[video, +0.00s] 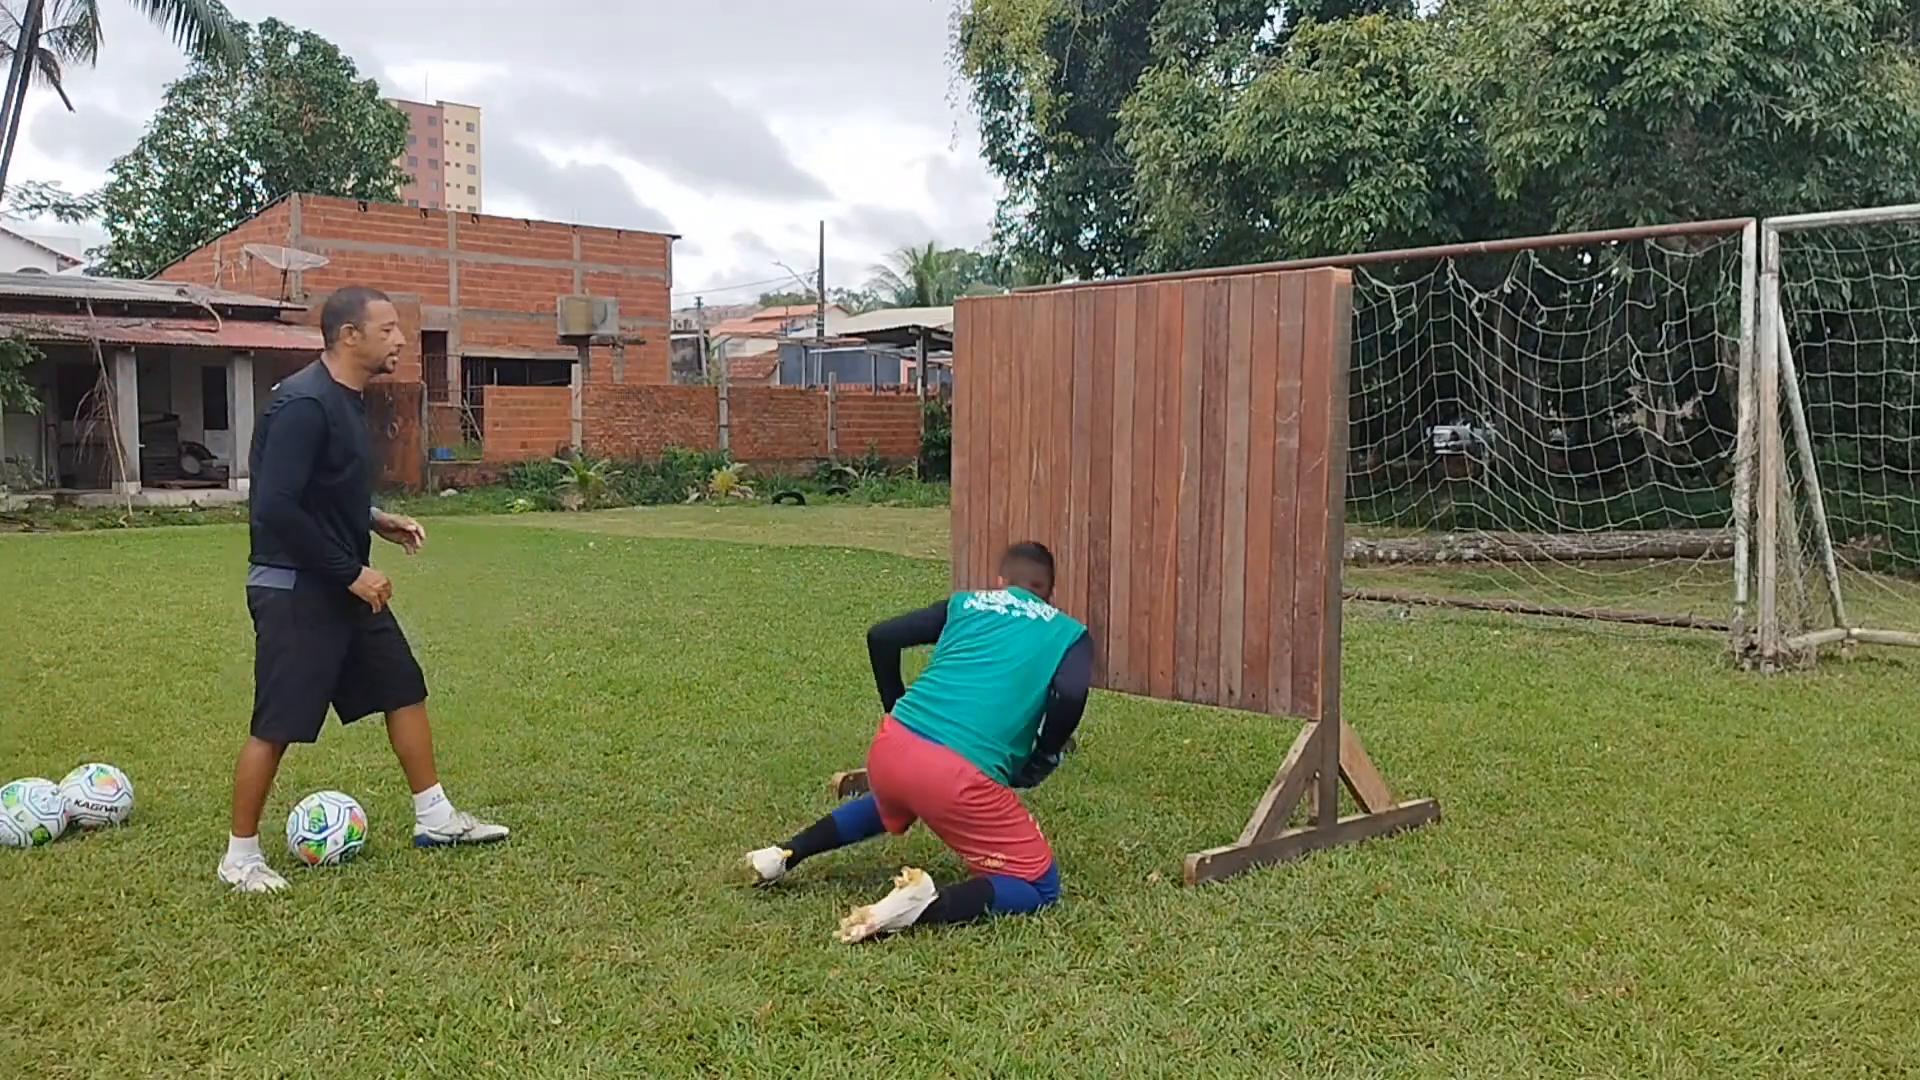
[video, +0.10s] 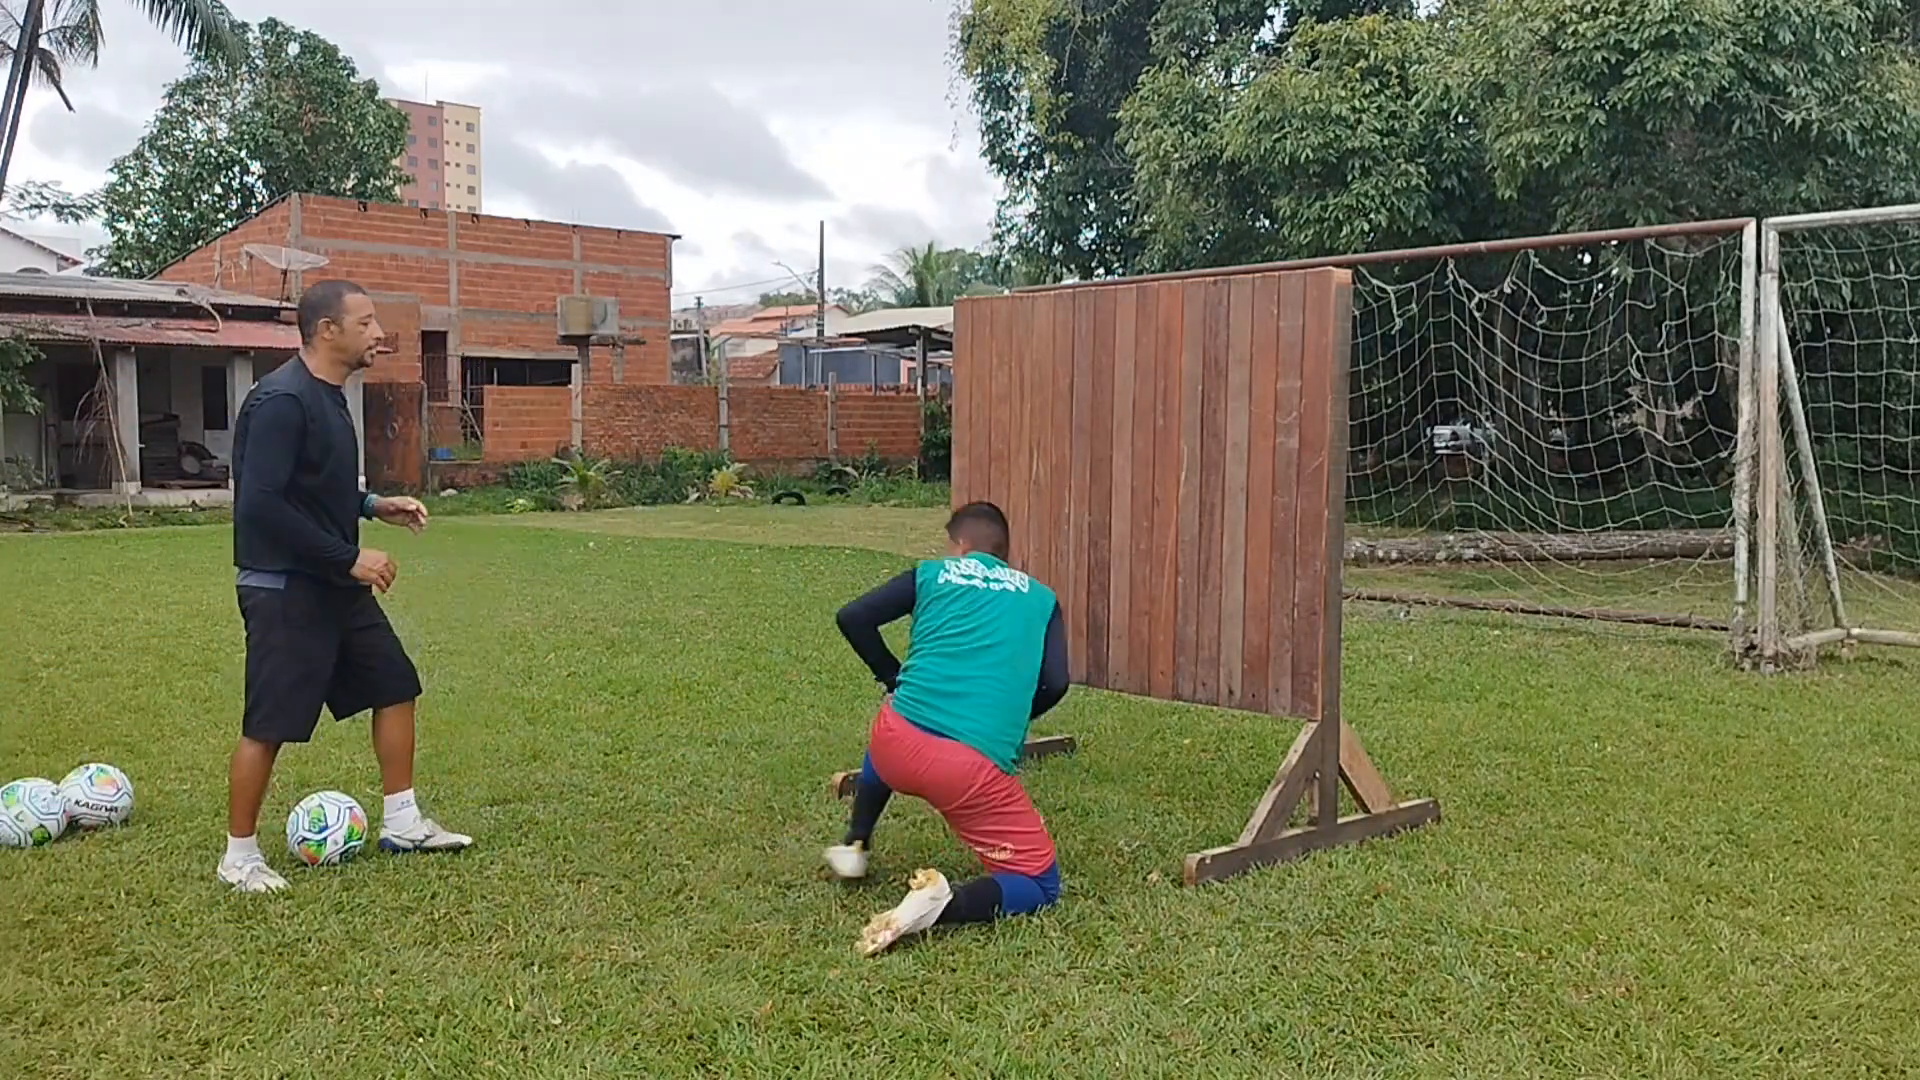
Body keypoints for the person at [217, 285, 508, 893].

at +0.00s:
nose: (398, 340)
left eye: (397, 329)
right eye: (388, 330)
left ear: (358, 338)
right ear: (349, 337)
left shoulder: (347, 401)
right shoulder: (301, 405)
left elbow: (326, 492)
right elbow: (274, 509)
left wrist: (377, 520)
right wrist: (352, 572)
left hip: (341, 582)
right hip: (293, 587)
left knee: (404, 689)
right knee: (276, 722)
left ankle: (435, 817)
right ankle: (240, 857)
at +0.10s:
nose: (379, 333)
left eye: (376, 321)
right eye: (367, 322)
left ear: (337, 331)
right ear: (328, 331)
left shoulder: (329, 397)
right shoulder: (280, 402)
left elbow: (326, 484)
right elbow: (258, 506)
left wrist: (378, 505)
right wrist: (349, 559)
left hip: (335, 584)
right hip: (281, 588)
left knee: (396, 686)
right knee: (269, 720)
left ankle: (402, 823)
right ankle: (239, 857)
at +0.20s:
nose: (361, 329)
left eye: (357, 317)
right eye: (348, 318)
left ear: (318, 329)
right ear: (309, 329)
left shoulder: (318, 397)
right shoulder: (265, 403)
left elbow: (323, 486)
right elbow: (259, 505)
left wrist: (383, 490)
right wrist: (358, 535)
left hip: (332, 584)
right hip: (277, 589)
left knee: (384, 697)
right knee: (265, 723)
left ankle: (391, 828)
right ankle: (239, 856)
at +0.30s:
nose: (348, 326)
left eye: (346, 314)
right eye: (336, 315)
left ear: (303, 328)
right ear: (295, 327)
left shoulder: (310, 396)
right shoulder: (255, 401)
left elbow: (328, 478)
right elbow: (268, 504)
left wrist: (402, 470)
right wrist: (374, 504)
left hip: (329, 584)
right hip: (274, 588)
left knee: (378, 697)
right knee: (265, 723)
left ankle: (392, 829)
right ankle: (239, 857)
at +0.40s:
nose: (339, 322)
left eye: (334, 310)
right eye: (326, 313)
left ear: (294, 325)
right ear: (288, 325)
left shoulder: (301, 394)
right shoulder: (251, 399)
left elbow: (335, 462)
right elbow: (283, 496)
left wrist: (421, 447)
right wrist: (385, 474)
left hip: (324, 581)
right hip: (272, 586)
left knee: (372, 698)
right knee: (264, 723)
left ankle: (392, 828)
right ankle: (239, 858)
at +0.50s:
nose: (333, 322)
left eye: (329, 311)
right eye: (321, 313)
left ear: (291, 324)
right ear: (284, 324)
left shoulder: (301, 393)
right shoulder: (249, 396)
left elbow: (345, 458)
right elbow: (295, 489)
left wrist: (423, 446)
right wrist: (396, 455)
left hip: (321, 580)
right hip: (270, 586)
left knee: (366, 699)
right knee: (263, 723)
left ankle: (392, 828)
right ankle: (240, 857)